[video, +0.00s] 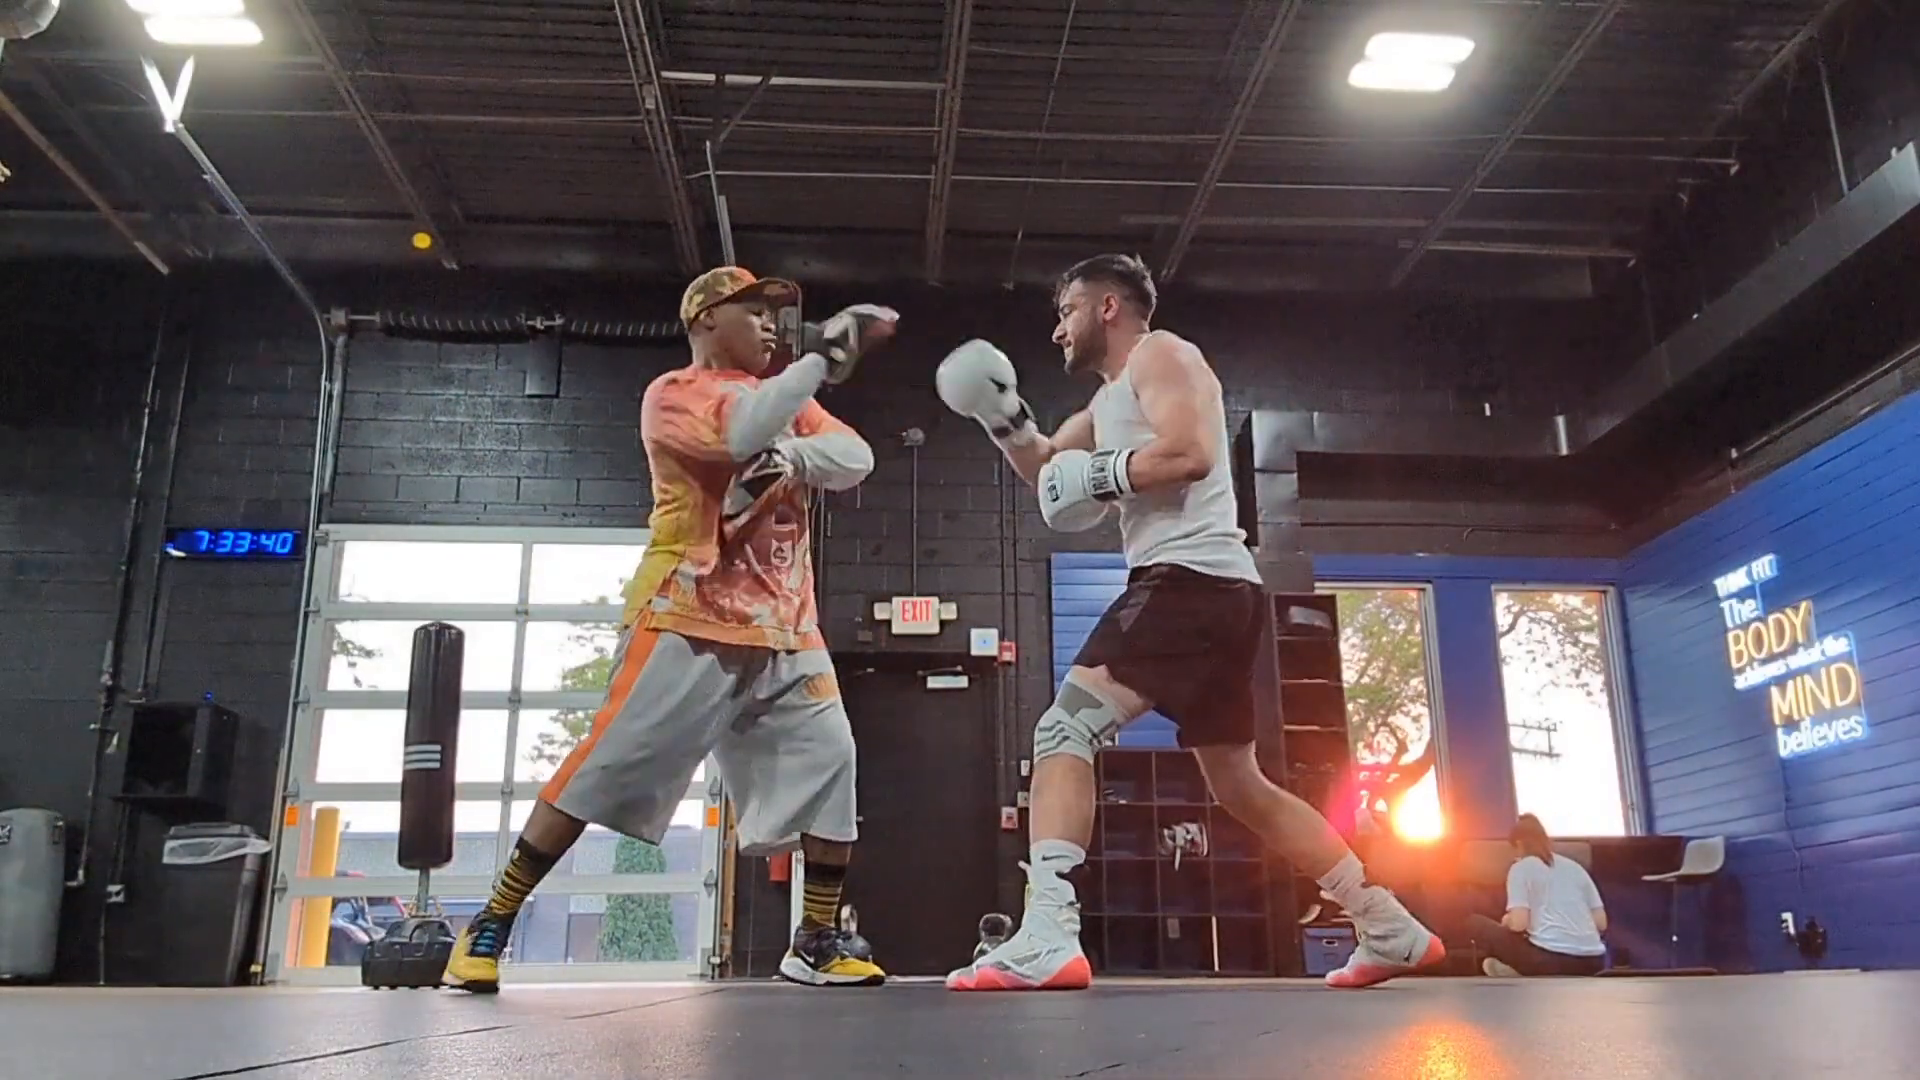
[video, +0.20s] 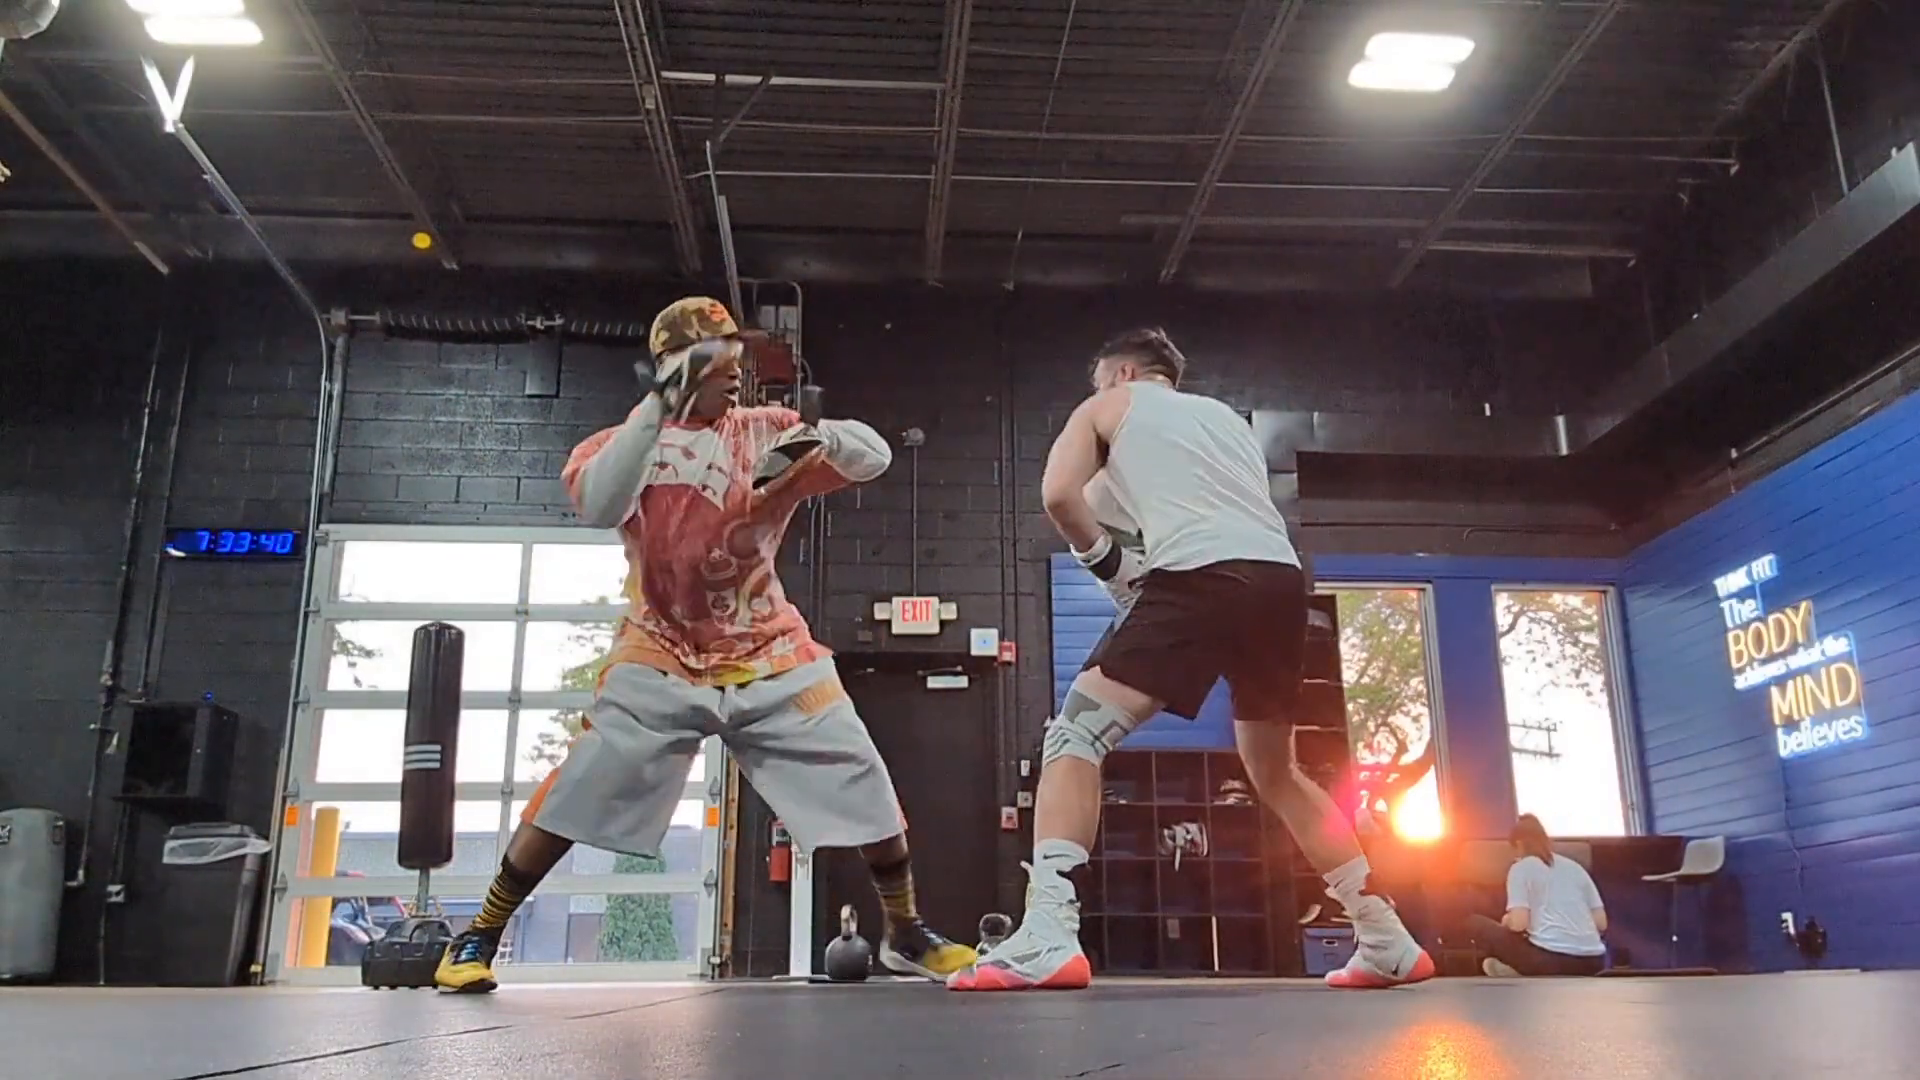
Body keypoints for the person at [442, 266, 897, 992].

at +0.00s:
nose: (770, 323)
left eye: (772, 313)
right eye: (755, 310)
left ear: (765, 329)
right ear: (705, 321)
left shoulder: (787, 400)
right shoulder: (671, 394)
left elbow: (858, 456)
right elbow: (742, 432)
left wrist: (794, 457)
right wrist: (823, 358)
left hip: (785, 620)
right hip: (690, 612)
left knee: (833, 754)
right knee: (608, 762)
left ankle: (820, 935)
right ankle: (494, 922)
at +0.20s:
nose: (735, 377)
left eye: (739, 364)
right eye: (721, 366)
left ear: (742, 364)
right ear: (675, 370)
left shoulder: (765, 433)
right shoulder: (619, 445)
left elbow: (874, 455)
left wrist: (820, 440)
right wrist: (660, 406)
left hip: (768, 638)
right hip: (660, 640)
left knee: (861, 765)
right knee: (596, 767)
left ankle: (907, 932)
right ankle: (482, 936)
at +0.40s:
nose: (790, 389)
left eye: (792, 376)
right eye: (774, 373)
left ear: (794, 383)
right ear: (727, 373)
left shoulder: (816, 451)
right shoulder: (667, 456)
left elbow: (909, 485)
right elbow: (593, 551)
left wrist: (904, 425)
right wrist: (626, 588)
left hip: (794, 654)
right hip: (684, 656)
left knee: (885, 781)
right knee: (605, 779)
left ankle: (934, 945)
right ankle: (483, 938)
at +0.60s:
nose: (821, 401)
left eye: (826, 388)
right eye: (810, 385)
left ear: (822, 390)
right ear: (762, 379)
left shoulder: (850, 453)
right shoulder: (693, 459)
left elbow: (926, 471)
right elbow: (616, 554)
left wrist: (966, 454)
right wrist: (672, 557)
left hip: (806, 661)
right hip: (689, 661)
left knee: (886, 780)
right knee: (601, 781)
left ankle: (935, 945)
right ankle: (482, 937)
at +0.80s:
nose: (827, 382)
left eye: (829, 370)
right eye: (815, 366)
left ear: (809, 374)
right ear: (767, 366)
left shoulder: (831, 463)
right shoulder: (711, 435)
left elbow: (857, 553)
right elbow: (699, 463)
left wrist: (855, 582)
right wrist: (734, 354)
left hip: (821, 655)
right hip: (715, 650)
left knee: (904, 775)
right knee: (617, 784)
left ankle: (934, 942)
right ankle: (487, 936)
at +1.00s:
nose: (813, 377)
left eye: (815, 365)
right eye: (800, 360)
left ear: (777, 370)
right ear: (752, 359)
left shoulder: (782, 452)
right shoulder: (704, 415)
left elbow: (800, 559)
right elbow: (739, 483)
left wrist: (861, 517)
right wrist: (845, 453)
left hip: (796, 648)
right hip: (704, 643)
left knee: (873, 773)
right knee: (607, 785)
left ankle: (929, 944)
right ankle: (484, 937)